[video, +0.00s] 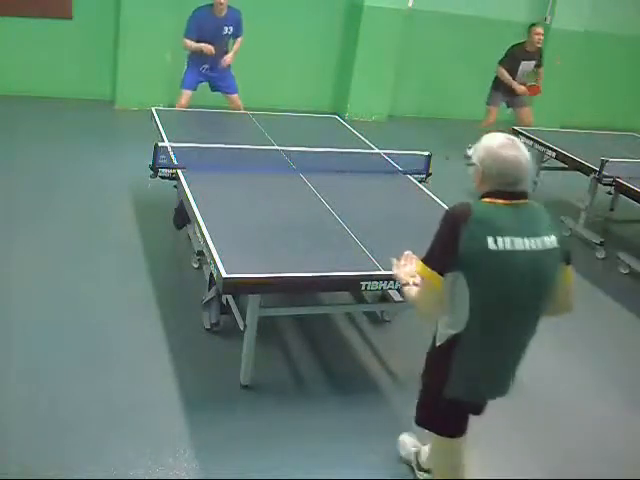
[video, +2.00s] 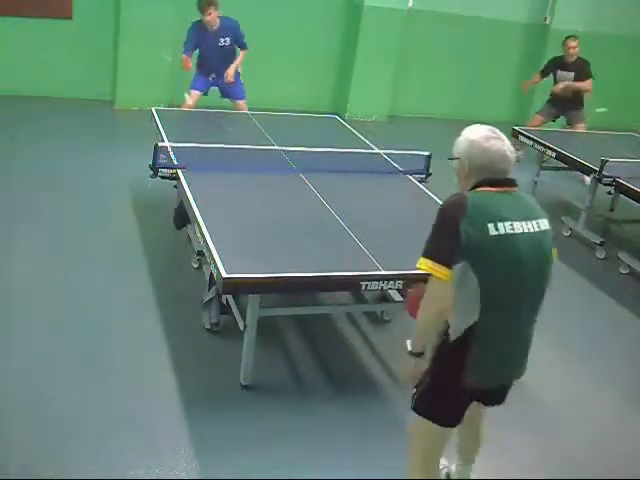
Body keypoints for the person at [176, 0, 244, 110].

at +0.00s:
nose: (221, 1)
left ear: (228, 1)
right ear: (213, 1)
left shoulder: (235, 15)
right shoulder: (199, 14)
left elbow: (238, 38)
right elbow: (186, 43)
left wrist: (231, 55)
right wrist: (201, 46)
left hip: (221, 65)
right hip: (197, 64)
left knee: (236, 105)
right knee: (183, 103)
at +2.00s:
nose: (207, 19)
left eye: (209, 14)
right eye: (204, 15)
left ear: (216, 12)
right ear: (200, 15)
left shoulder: (231, 25)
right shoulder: (196, 28)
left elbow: (243, 49)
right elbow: (188, 49)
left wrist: (232, 68)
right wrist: (187, 60)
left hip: (228, 72)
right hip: (204, 73)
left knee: (241, 107)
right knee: (188, 104)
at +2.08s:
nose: (200, 23)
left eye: (203, 18)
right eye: (197, 19)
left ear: (210, 16)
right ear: (194, 19)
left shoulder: (227, 27)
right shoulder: (194, 32)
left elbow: (243, 50)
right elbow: (187, 59)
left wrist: (232, 69)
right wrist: (181, 69)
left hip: (230, 70)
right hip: (207, 72)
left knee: (243, 108)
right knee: (192, 104)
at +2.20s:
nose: (187, 33)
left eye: (189, 28)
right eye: (184, 29)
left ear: (198, 23)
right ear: (182, 29)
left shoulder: (219, 31)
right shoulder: (186, 43)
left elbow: (243, 46)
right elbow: (186, 70)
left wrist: (235, 71)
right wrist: (172, 79)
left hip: (230, 72)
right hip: (208, 74)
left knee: (243, 109)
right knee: (191, 104)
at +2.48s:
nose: (177, 38)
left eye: (178, 33)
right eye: (174, 35)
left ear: (186, 28)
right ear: (172, 34)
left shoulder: (208, 31)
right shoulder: (176, 47)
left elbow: (233, 42)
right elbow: (179, 73)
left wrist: (230, 68)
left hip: (221, 72)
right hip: (198, 74)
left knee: (236, 107)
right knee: (184, 104)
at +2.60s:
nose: (182, 28)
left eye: (184, 23)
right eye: (178, 25)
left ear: (190, 18)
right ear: (175, 26)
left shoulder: (208, 25)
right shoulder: (176, 40)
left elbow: (230, 37)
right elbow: (181, 73)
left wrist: (226, 63)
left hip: (216, 67)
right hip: (194, 71)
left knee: (235, 105)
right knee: (185, 102)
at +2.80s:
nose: (193, 11)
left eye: (196, 6)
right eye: (190, 8)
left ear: (201, 5)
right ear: (186, 9)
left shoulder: (213, 16)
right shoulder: (181, 28)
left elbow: (228, 30)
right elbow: (176, 61)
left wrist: (228, 56)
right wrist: (198, 78)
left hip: (213, 63)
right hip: (190, 67)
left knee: (231, 100)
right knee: (185, 102)